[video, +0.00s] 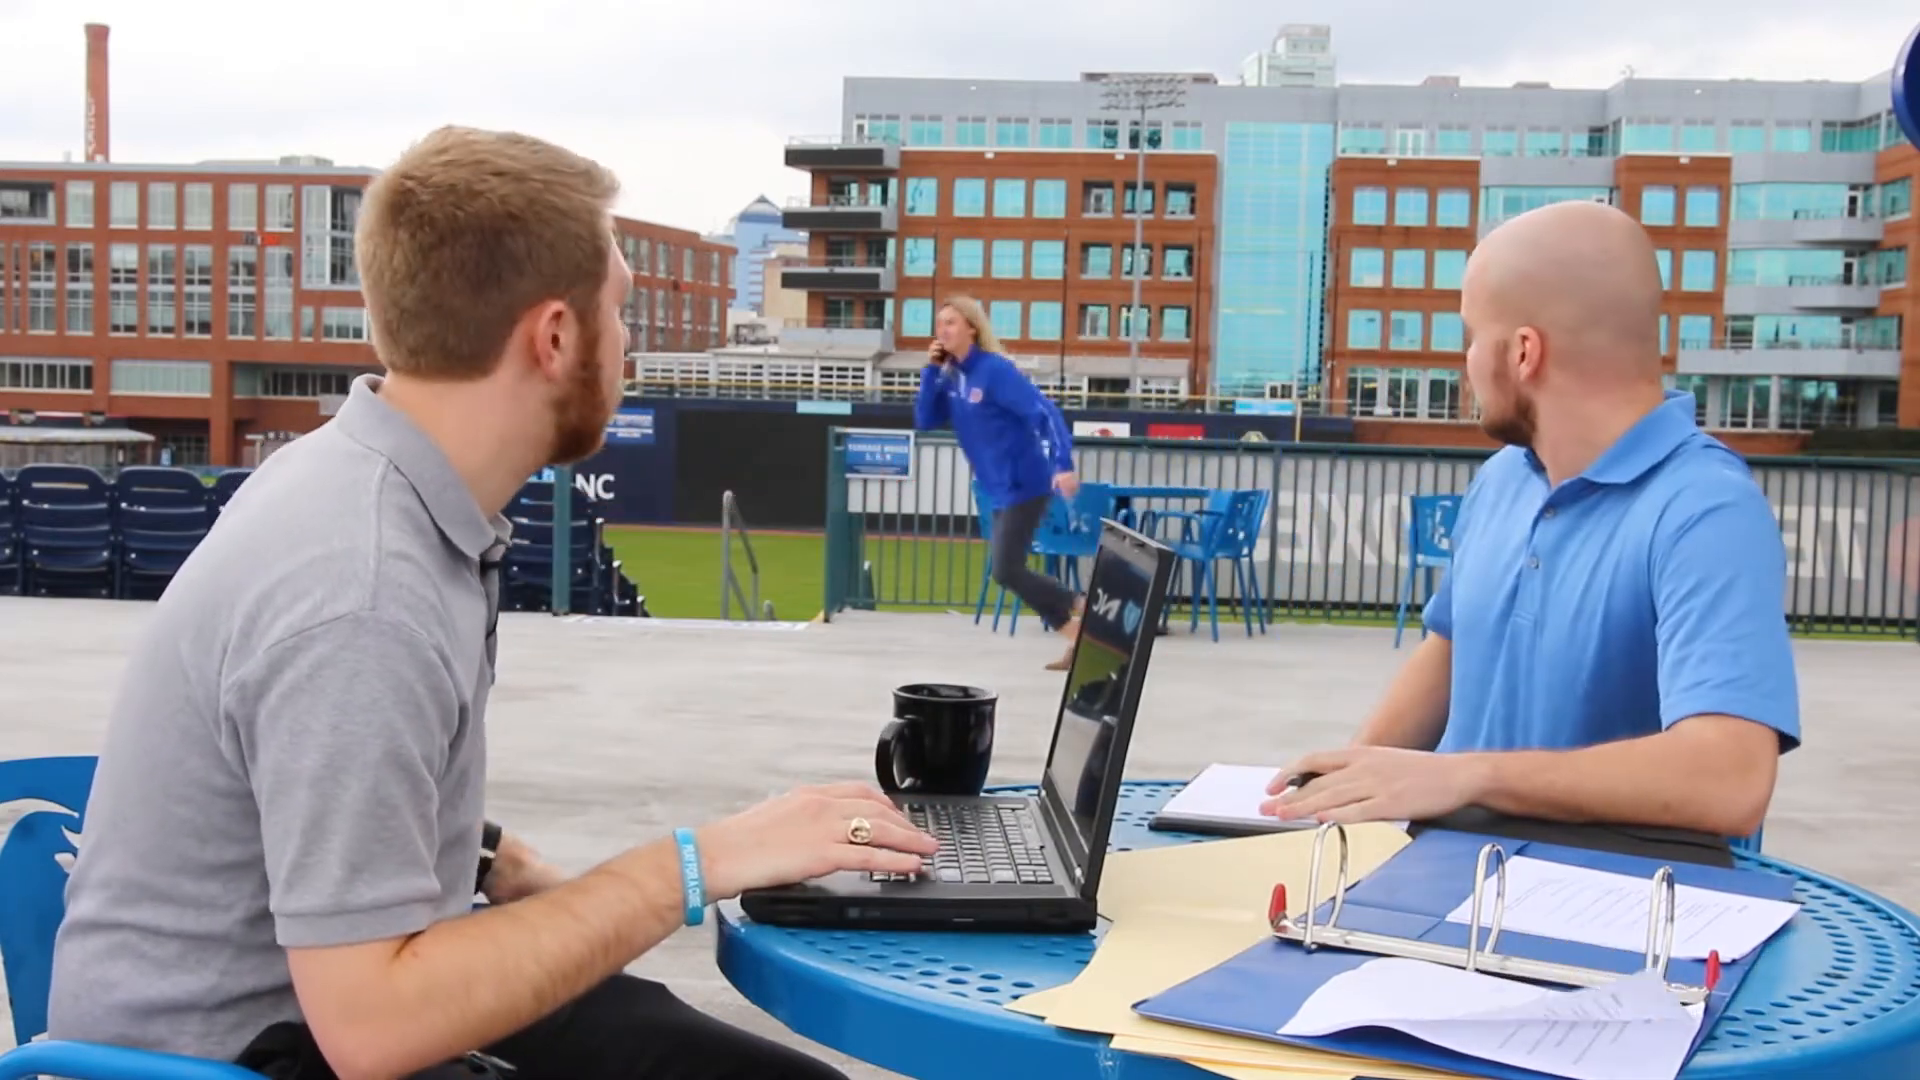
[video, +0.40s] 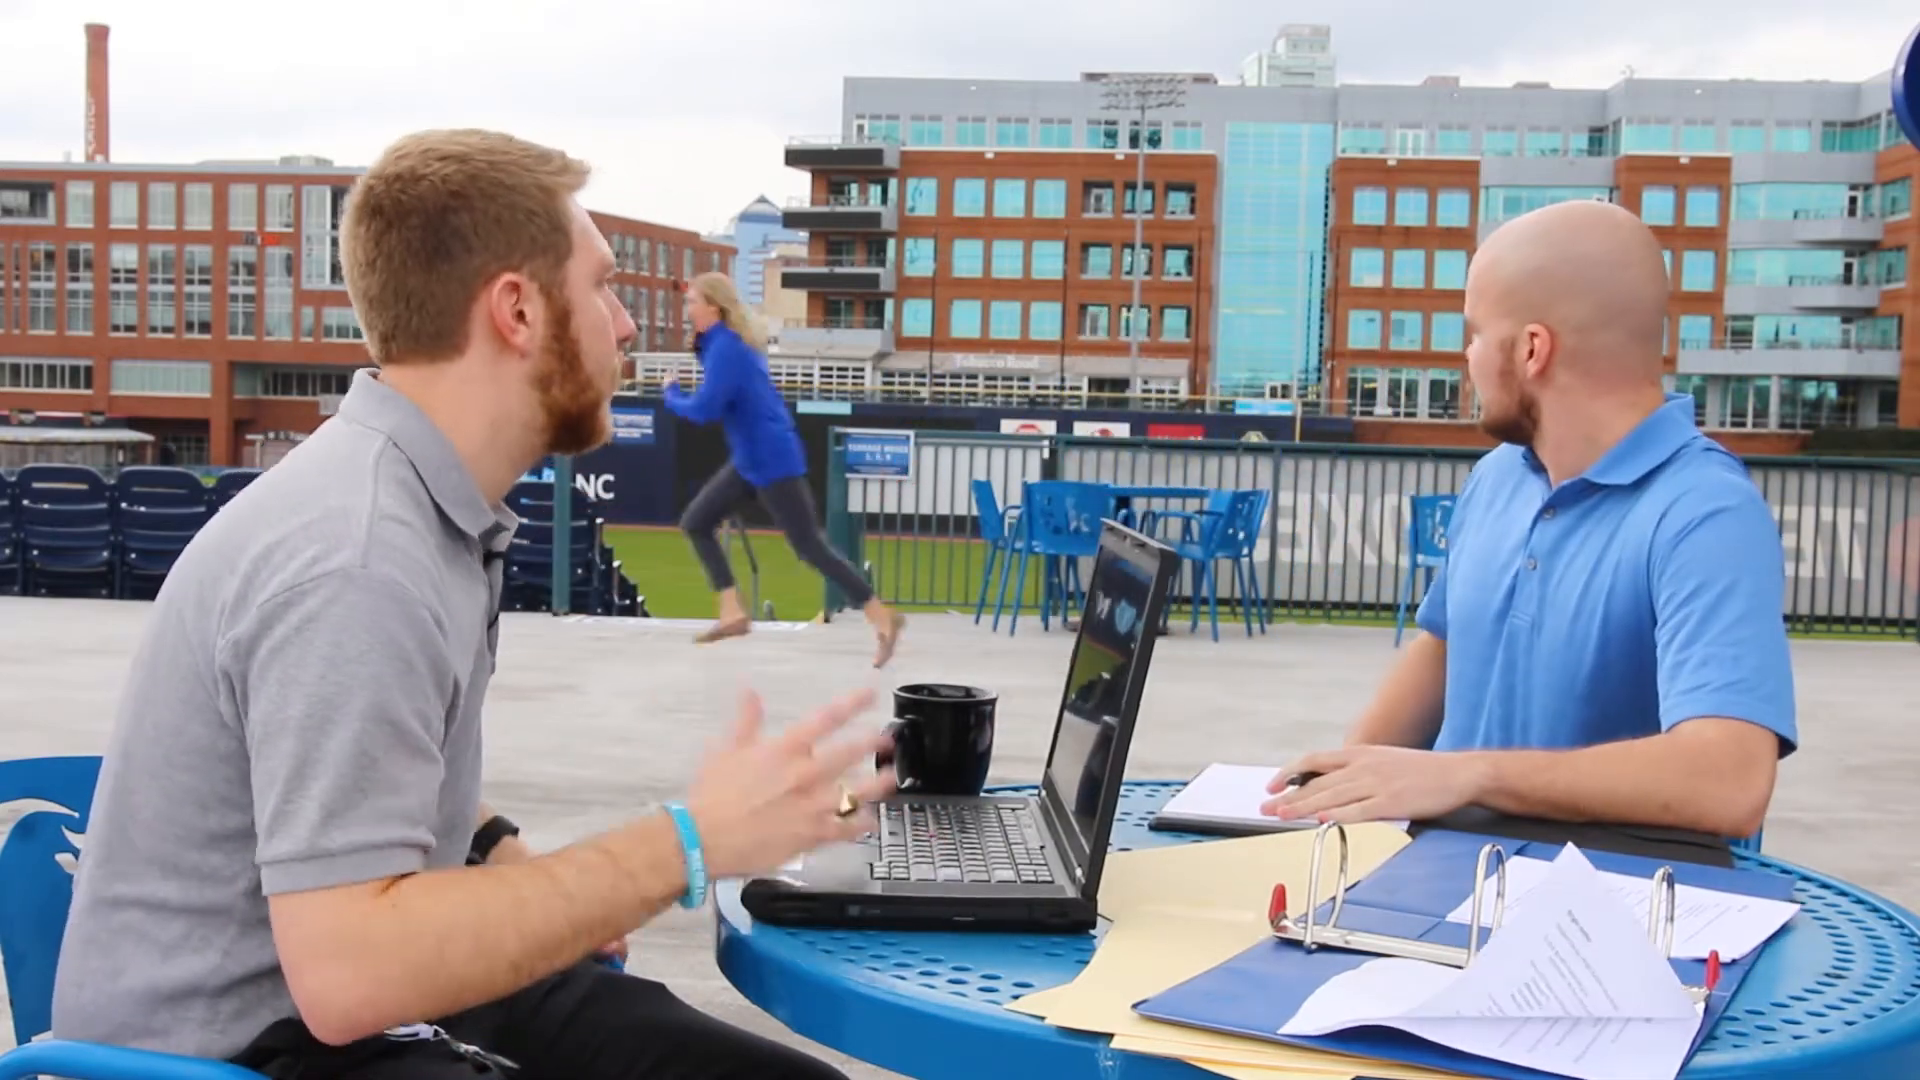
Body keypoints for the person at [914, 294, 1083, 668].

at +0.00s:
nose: (942, 331)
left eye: (950, 323)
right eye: (939, 324)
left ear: (971, 328)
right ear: (938, 332)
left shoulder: (995, 369)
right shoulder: (948, 375)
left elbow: (1045, 413)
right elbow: (925, 421)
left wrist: (1063, 465)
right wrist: (931, 370)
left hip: (1028, 482)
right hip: (998, 487)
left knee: (1006, 569)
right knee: (1008, 570)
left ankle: (1076, 608)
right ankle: (1074, 633)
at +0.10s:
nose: (885, 320)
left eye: (891, 312)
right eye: (884, 313)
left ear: (915, 315)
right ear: (892, 319)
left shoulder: (945, 356)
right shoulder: (899, 363)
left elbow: (1003, 391)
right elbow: (877, 414)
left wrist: (1024, 437)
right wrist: (876, 367)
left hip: (970, 470)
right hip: (953, 472)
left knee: (916, 541)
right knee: (1000, 556)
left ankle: (966, 625)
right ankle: (1061, 625)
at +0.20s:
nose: (822, 314)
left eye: (828, 306)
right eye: (822, 306)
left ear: (853, 310)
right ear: (846, 313)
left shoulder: (883, 349)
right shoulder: (846, 356)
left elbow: (930, 399)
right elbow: (837, 406)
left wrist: (907, 453)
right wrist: (817, 366)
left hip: (908, 464)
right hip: (892, 465)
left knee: (865, 544)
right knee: (911, 559)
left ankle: (907, 634)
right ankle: (999, 589)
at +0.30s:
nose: (763, 325)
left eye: (768, 318)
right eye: (763, 318)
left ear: (791, 323)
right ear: (788, 325)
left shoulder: (812, 364)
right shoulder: (795, 362)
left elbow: (807, 428)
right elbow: (789, 398)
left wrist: (746, 440)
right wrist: (768, 365)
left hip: (854, 477)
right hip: (827, 476)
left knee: (848, 563)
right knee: (783, 545)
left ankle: (909, 638)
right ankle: (861, 582)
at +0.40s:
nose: (687, 310)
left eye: (692, 302)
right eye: (687, 302)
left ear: (714, 306)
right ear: (709, 306)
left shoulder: (727, 347)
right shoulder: (721, 344)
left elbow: (706, 408)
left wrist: (670, 397)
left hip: (773, 459)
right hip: (749, 460)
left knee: (809, 544)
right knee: (695, 523)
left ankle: (882, 617)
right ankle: (731, 613)